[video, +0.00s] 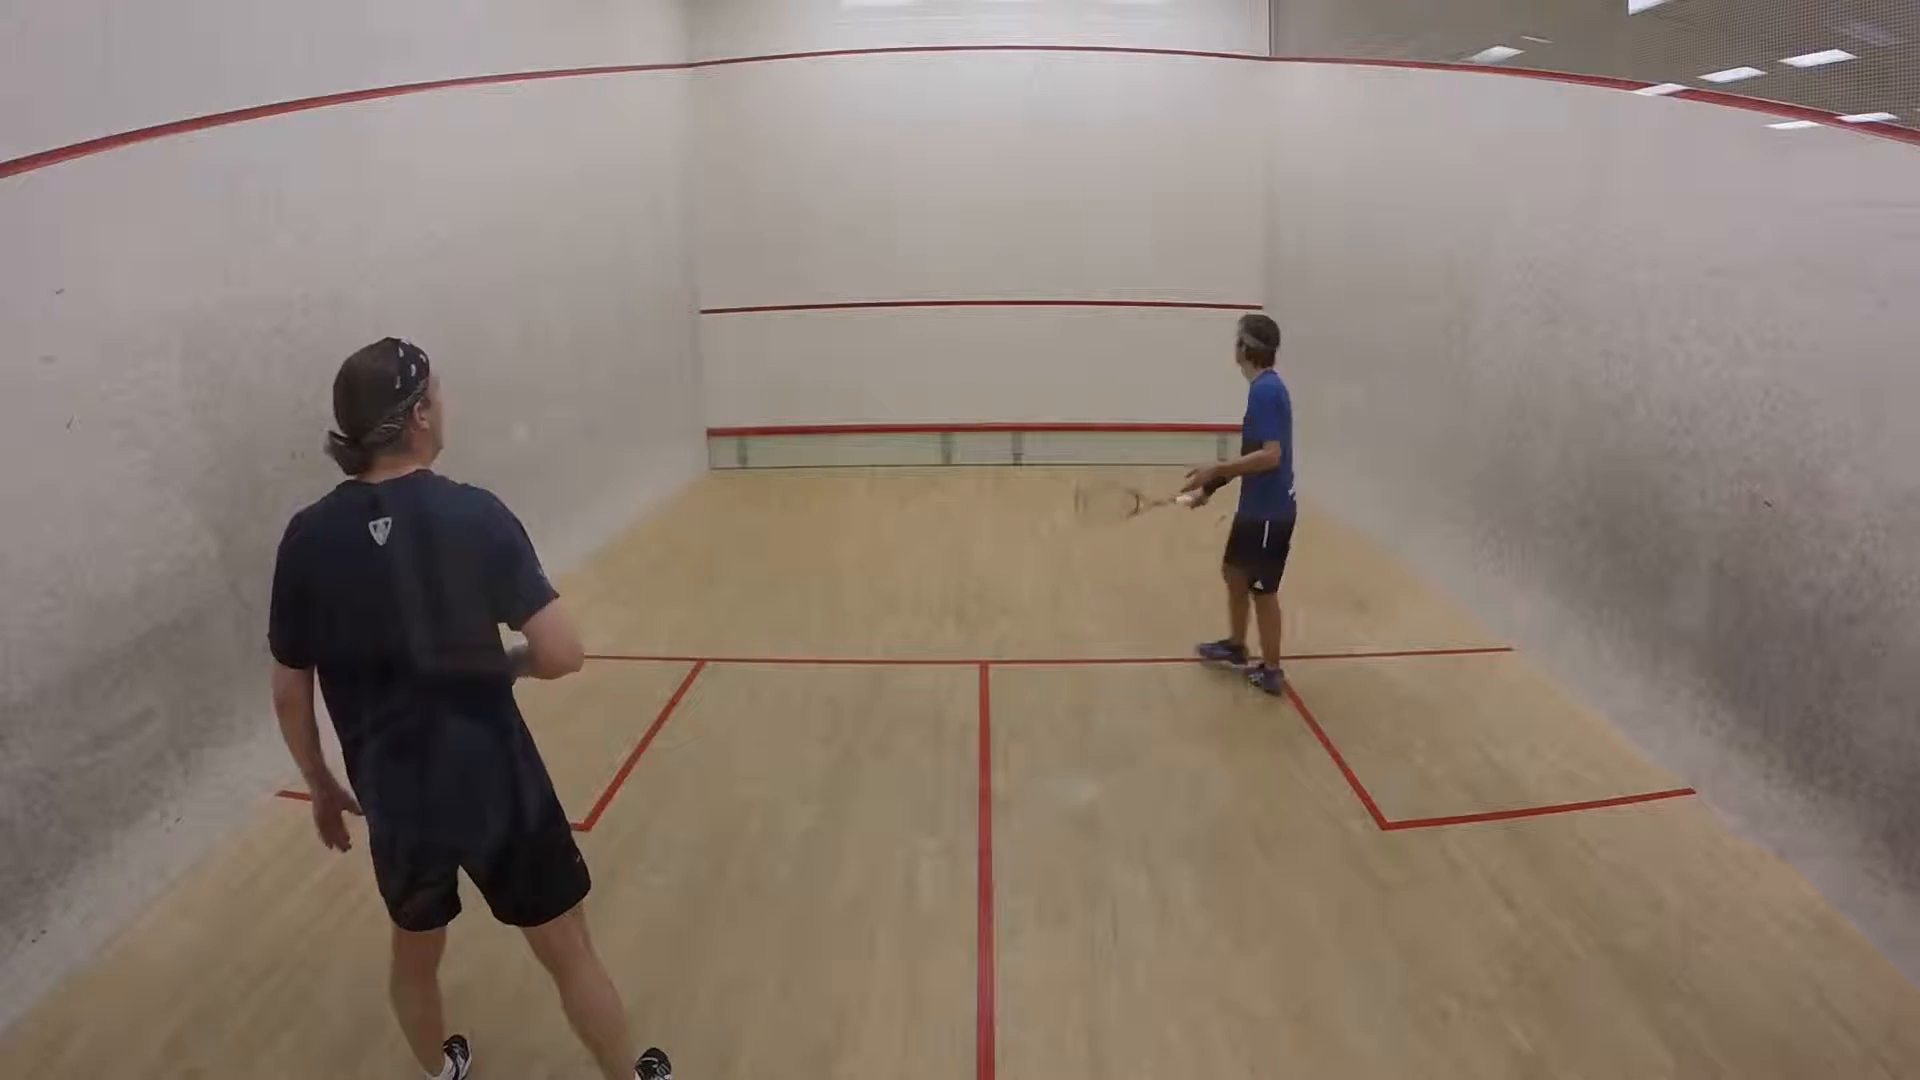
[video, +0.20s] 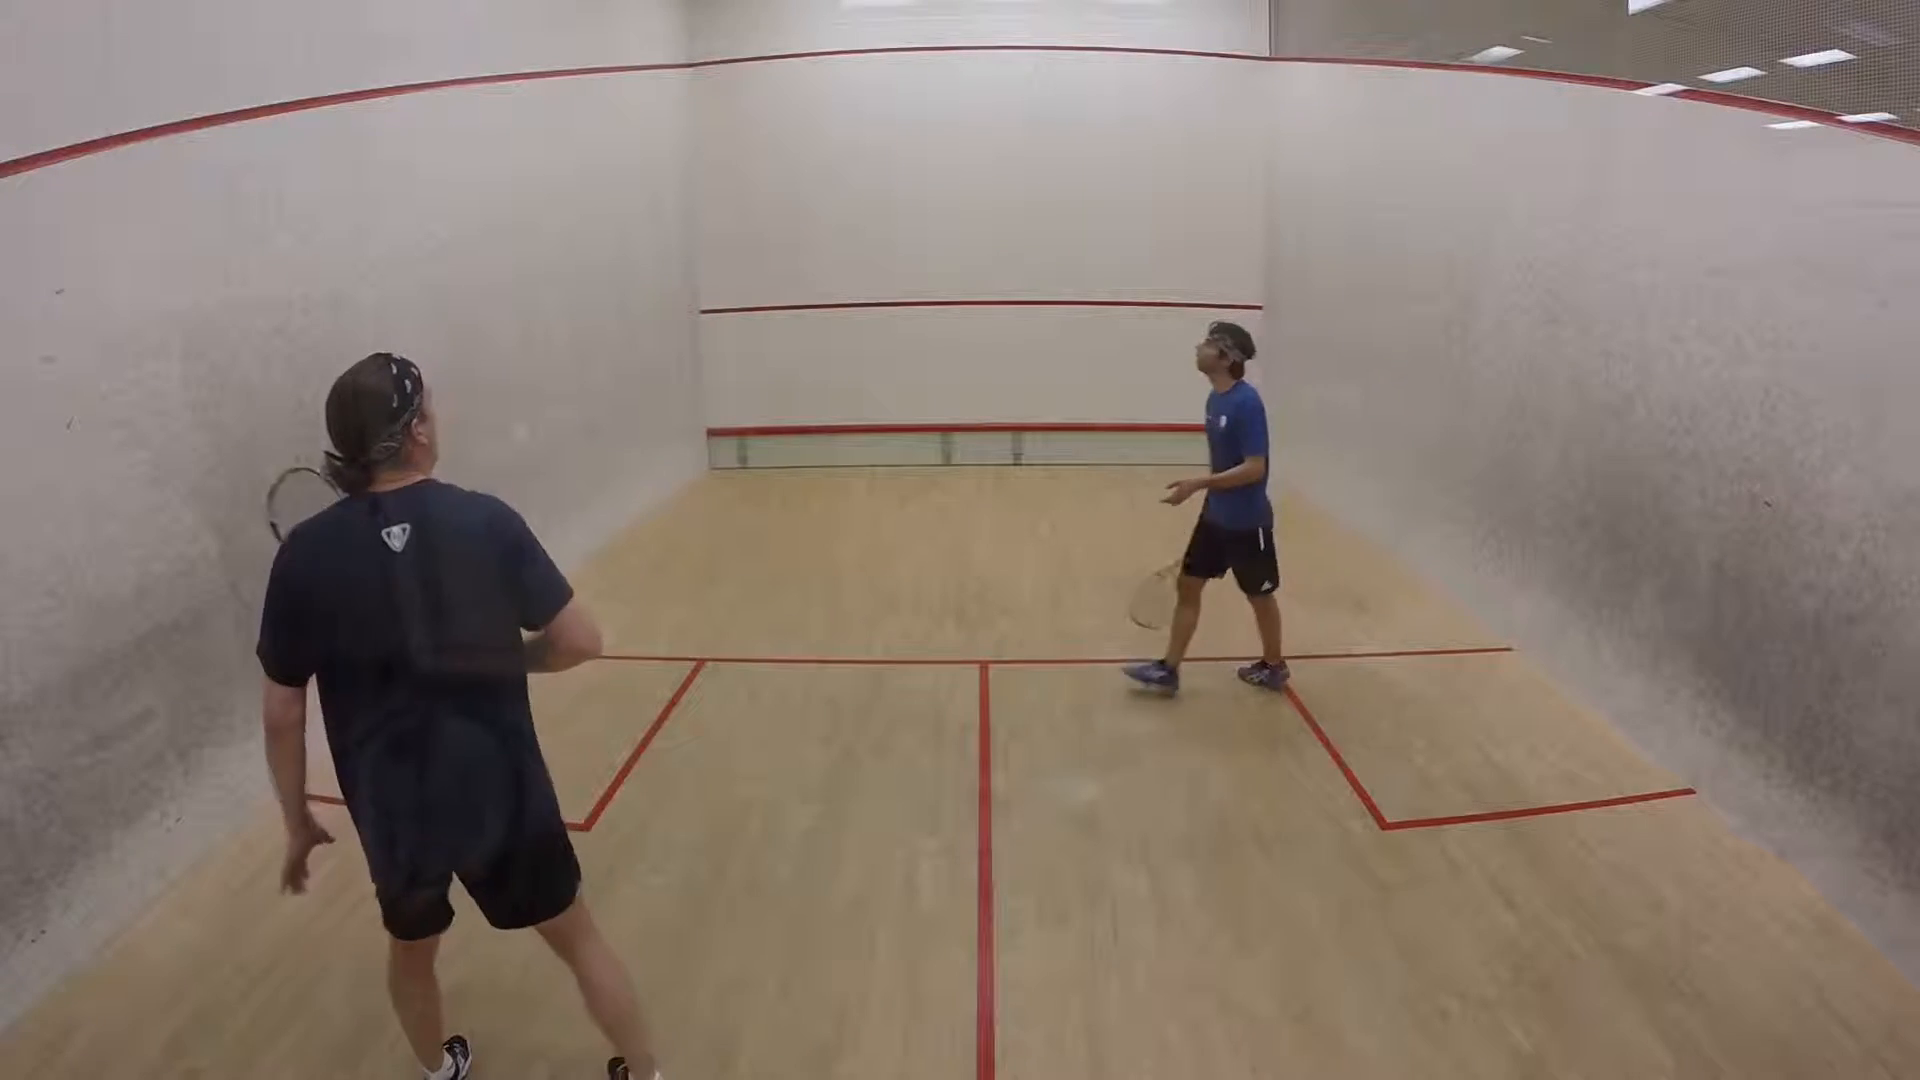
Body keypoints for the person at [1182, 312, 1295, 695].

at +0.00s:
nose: (1234, 350)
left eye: (1237, 344)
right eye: (1236, 343)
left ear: (1245, 347)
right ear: (1268, 349)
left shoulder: (1267, 390)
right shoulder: (1264, 389)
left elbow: (1271, 456)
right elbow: (1255, 455)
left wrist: (1216, 471)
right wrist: (1214, 484)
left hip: (1271, 512)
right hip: (1254, 508)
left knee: (1263, 588)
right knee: (1235, 573)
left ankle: (1271, 669)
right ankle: (1237, 644)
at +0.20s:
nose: (1198, 348)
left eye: (1207, 344)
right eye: (1203, 342)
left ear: (1225, 357)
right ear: (1220, 356)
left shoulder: (1246, 402)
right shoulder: (1215, 400)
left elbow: (1255, 469)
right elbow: (1223, 467)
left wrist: (1197, 483)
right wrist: (1210, 516)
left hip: (1247, 521)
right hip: (1216, 516)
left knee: (1260, 595)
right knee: (1189, 584)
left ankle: (1274, 665)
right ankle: (1169, 668)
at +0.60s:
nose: (1140, 348)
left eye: (1151, 344)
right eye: (1140, 341)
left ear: (1169, 357)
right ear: (1138, 351)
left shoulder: (1174, 400)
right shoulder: (1140, 400)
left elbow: (1183, 469)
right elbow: (1143, 465)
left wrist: (1126, 494)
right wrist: (1122, 499)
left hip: (1165, 526)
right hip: (1138, 521)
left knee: (1144, 610)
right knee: (1128, 600)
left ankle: (1184, 664)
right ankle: (1151, 681)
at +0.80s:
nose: (1108, 348)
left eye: (1119, 345)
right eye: (1109, 342)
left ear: (1137, 357)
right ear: (1112, 351)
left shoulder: (1138, 403)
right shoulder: (1118, 400)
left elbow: (1155, 471)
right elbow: (1108, 460)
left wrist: (1107, 516)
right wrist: (1070, 499)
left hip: (1132, 531)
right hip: (1124, 527)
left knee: (1082, 618)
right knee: (1117, 605)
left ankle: (1095, 720)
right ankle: (1149, 679)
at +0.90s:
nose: (1086, 360)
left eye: (1097, 356)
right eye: (1087, 353)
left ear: (1116, 369)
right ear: (1090, 363)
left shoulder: (1115, 415)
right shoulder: (1102, 411)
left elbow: (1132, 483)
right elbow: (1087, 472)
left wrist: (1092, 536)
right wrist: (1042, 504)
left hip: (1114, 542)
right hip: (1122, 537)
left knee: (1054, 625)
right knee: (1103, 607)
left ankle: (1061, 733)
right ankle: (1147, 679)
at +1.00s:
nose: (1059, 367)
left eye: (1069, 362)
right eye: (1060, 360)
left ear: (1090, 373)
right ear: (1078, 372)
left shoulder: (1083, 419)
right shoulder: (1098, 414)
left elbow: (1101, 486)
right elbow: (1074, 483)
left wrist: (1084, 546)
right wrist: (1026, 511)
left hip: (1083, 556)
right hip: (1112, 548)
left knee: (1033, 635)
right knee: (1104, 612)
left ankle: (1049, 742)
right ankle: (1146, 677)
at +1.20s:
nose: (1010, 332)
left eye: (1017, 326)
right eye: (1015, 325)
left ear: (1034, 335)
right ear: (1048, 339)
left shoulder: (1027, 383)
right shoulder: (1071, 387)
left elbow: (1047, 448)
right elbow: (1084, 460)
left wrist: (1046, 518)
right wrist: (1064, 504)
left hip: (1038, 533)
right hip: (1078, 526)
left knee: (1022, 636)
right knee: (1068, 616)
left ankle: (1032, 740)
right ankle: (1107, 705)